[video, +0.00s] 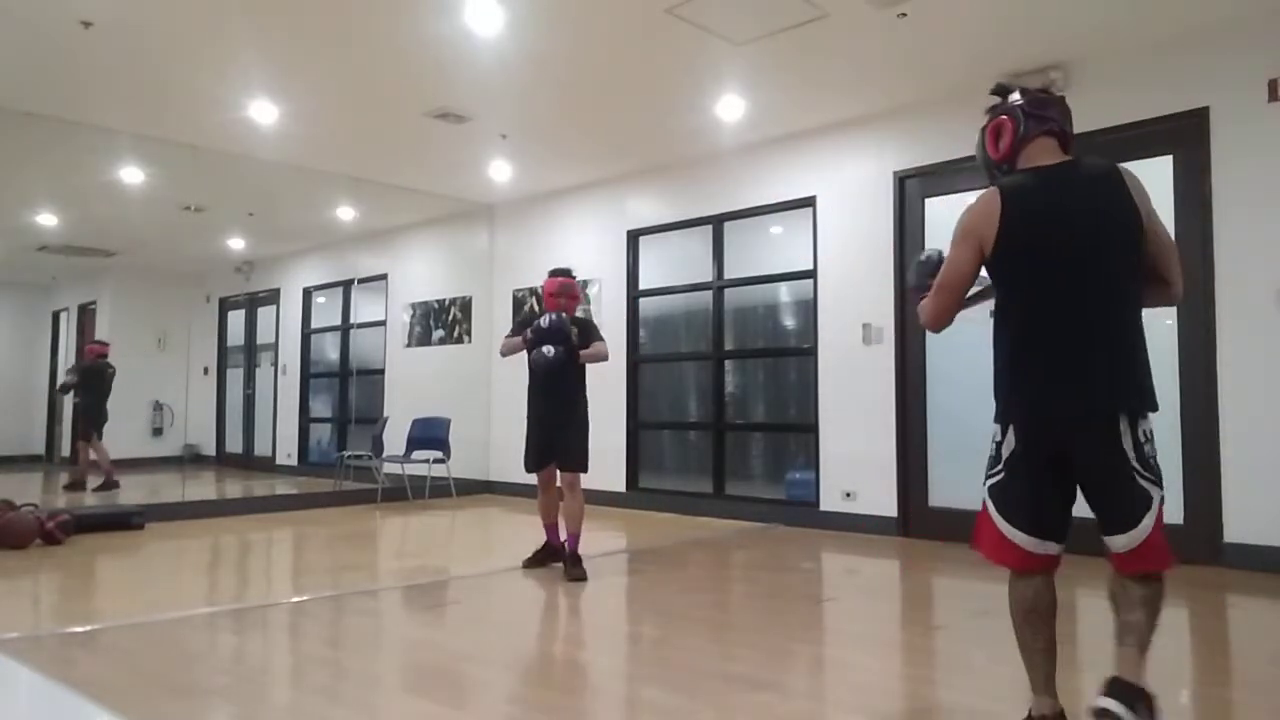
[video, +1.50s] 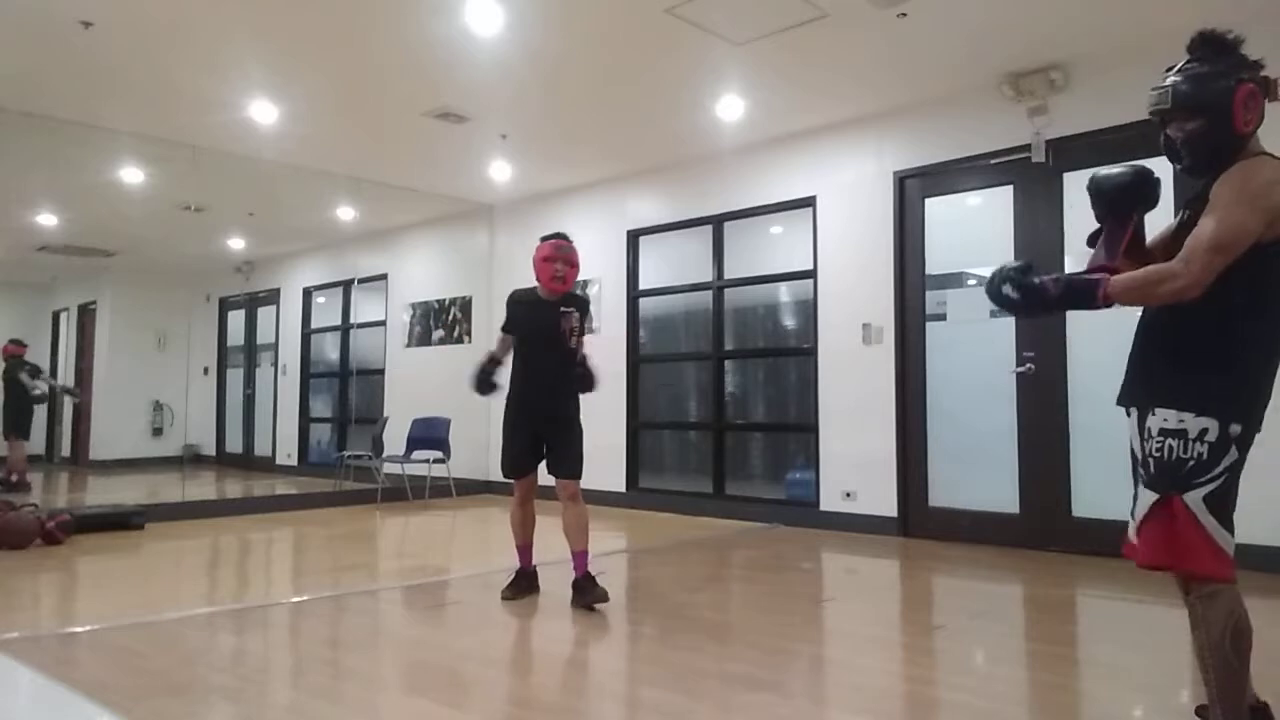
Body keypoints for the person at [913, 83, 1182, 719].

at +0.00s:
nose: (987, 149)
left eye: (988, 138)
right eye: (987, 140)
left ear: (1004, 134)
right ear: (1063, 133)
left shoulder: (990, 210)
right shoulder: (1121, 184)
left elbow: (934, 316)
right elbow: (1168, 285)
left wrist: (940, 282)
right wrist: (1094, 285)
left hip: (1032, 412)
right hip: (1117, 408)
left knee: (1030, 563)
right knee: (1137, 556)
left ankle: (1044, 706)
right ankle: (1128, 682)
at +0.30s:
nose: (1046, 152)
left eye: (1047, 142)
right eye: (1045, 144)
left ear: (1065, 136)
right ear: (1117, 135)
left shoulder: (1050, 202)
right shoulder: (1178, 195)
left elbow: (1020, 321)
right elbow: (1183, 300)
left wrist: (1017, 341)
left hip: (1072, 411)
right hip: (1158, 407)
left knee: (1047, 557)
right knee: (1206, 554)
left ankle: (1045, 701)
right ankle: (1256, 690)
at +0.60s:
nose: (1114, 174)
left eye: (1114, 158)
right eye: (1109, 163)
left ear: (1145, 134)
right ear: (1169, 135)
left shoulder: (1157, 189)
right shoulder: (1224, 194)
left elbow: (1086, 294)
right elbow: (1177, 280)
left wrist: (1077, 340)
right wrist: (1106, 245)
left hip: (1172, 400)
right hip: (1236, 399)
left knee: (1127, 543)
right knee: (1242, 552)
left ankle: (1128, 697)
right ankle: (1261, 697)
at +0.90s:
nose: (1146, 156)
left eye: (1152, 138)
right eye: (1142, 142)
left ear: (1193, 126)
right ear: (1196, 130)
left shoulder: (1224, 186)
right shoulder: (1228, 193)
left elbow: (1123, 264)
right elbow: (1183, 292)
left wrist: (1103, 304)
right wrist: (1093, 279)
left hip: (1216, 405)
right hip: (1215, 403)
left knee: (1227, 553)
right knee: (1229, 552)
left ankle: (1261, 696)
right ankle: (1262, 691)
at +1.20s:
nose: (1161, 147)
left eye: (1174, 129)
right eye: (1158, 132)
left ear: (1224, 122)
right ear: (1212, 128)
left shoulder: (1250, 187)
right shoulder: (1206, 195)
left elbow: (1168, 264)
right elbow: (1163, 264)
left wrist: (1107, 301)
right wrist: (1101, 280)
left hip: (1220, 403)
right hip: (1192, 400)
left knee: (1223, 555)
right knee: (1220, 553)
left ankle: (1264, 703)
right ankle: (1259, 695)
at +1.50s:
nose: (1171, 132)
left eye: (1188, 115)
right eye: (1167, 118)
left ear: (1240, 111)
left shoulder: (1253, 180)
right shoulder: (1215, 189)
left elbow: (1186, 279)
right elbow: (1141, 275)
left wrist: (1069, 293)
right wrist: (1117, 232)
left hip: (1210, 399)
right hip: (1178, 394)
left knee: (1199, 557)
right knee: (1193, 556)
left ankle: (1234, 709)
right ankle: (1224, 701)